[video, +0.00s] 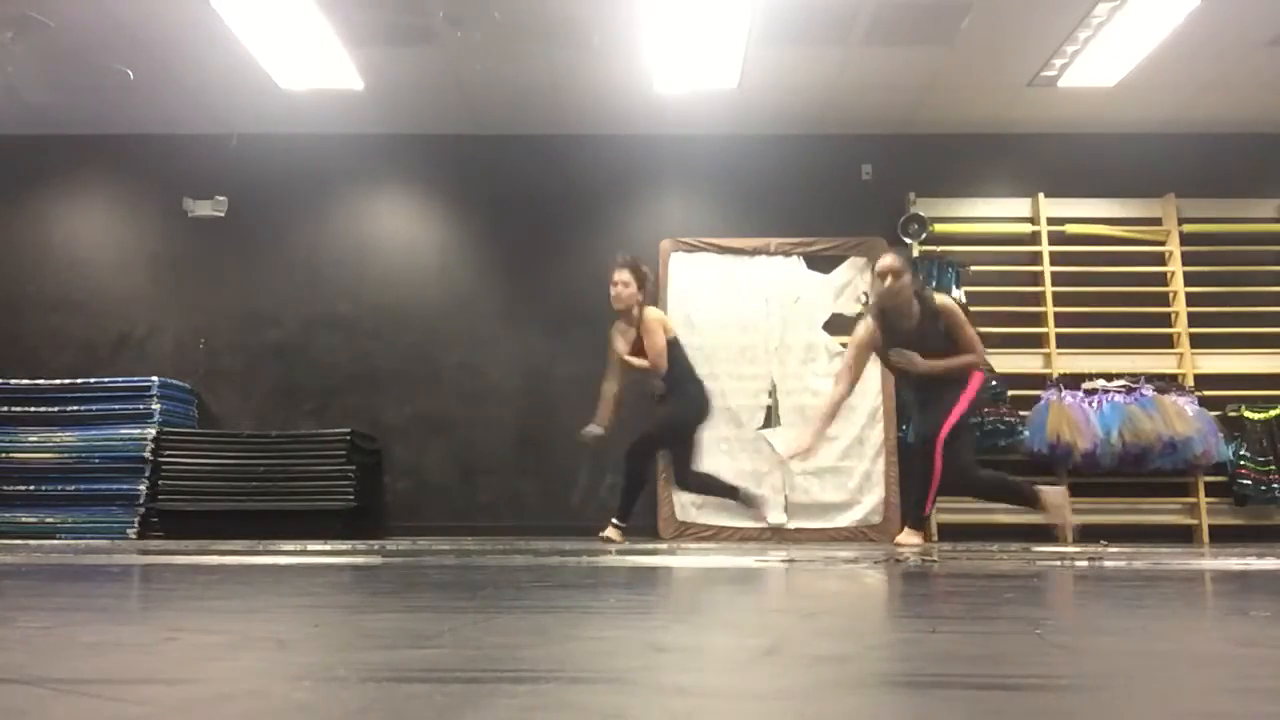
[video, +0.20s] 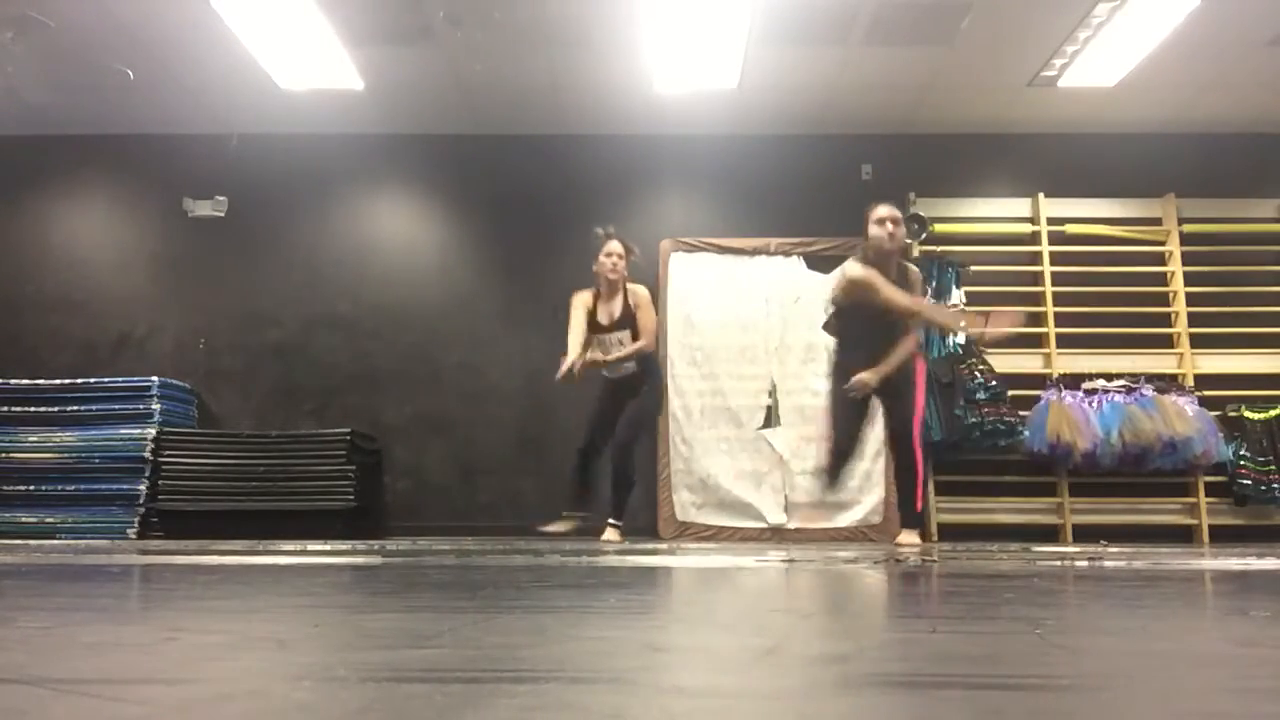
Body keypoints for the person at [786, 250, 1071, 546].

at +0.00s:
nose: (886, 283)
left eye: (894, 275)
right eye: (880, 277)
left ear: (912, 279)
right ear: (872, 284)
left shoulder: (943, 308)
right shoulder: (870, 329)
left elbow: (978, 358)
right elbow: (842, 384)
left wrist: (925, 365)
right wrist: (813, 437)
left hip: (966, 378)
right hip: (926, 388)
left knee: (932, 437)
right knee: (961, 475)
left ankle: (914, 529)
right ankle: (1044, 498)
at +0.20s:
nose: (890, 229)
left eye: (896, 223)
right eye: (881, 223)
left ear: (905, 233)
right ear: (866, 233)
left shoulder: (911, 276)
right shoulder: (855, 274)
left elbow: (914, 336)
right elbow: (909, 307)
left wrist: (877, 373)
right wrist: (961, 322)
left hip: (902, 360)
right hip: (856, 363)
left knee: (905, 437)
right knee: (845, 434)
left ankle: (910, 526)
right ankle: (830, 475)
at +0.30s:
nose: (875, 210)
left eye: (881, 205)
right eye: (866, 204)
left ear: (890, 216)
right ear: (850, 214)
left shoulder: (890, 263)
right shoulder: (846, 249)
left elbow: (887, 324)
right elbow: (907, 281)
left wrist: (861, 360)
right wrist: (953, 273)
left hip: (870, 356)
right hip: (824, 356)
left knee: (888, 437)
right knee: (795, 440)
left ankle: (906, 527)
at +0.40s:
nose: (853, 204)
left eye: (859, 198)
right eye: (844, 198)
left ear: (868, 208)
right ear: (830, 204)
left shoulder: (859, 249)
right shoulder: (823, 226)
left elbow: (867, 313)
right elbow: (886, 255)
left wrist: (857, 348)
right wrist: (902, 245)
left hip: (837, 354)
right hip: (792, 351)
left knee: (865, 439)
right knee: (761, 439)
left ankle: (891, 526)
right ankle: (717, 523)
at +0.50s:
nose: (826, 201)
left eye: (830, 196)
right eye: (818, 195)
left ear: (835, 206)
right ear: (800, 200)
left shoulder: (820, 259)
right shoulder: (778, 229)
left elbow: (836, 308)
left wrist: (854, 346)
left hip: (809, 347)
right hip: (766, 345)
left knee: (845, 434)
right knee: (746, 438)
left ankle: (881, 523)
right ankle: (717, 526)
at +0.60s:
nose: (797, 200)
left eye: (802, 195)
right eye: (789, 194)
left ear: (809, 204)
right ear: (772, 200)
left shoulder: (807, 256)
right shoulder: (753, 231)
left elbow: (824, 309)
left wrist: (850, 349)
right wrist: (772, 190)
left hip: (797, 341)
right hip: (750, 341)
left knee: (839, 427)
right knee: (736, 436)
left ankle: (886, 512)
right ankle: (716, 526)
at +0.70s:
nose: (774, 201)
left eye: (779, 196)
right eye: (765, 194)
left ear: (786, 205)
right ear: (748, 202)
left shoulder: (793, 248)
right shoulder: (734, 236)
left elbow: (813, 305)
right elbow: (677, 210)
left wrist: (840, 353)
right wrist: (714, 211)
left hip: (791, 341)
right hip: (743, 341)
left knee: (842, 427)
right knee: (731, 437)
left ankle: (902, 503)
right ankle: (717, 527)